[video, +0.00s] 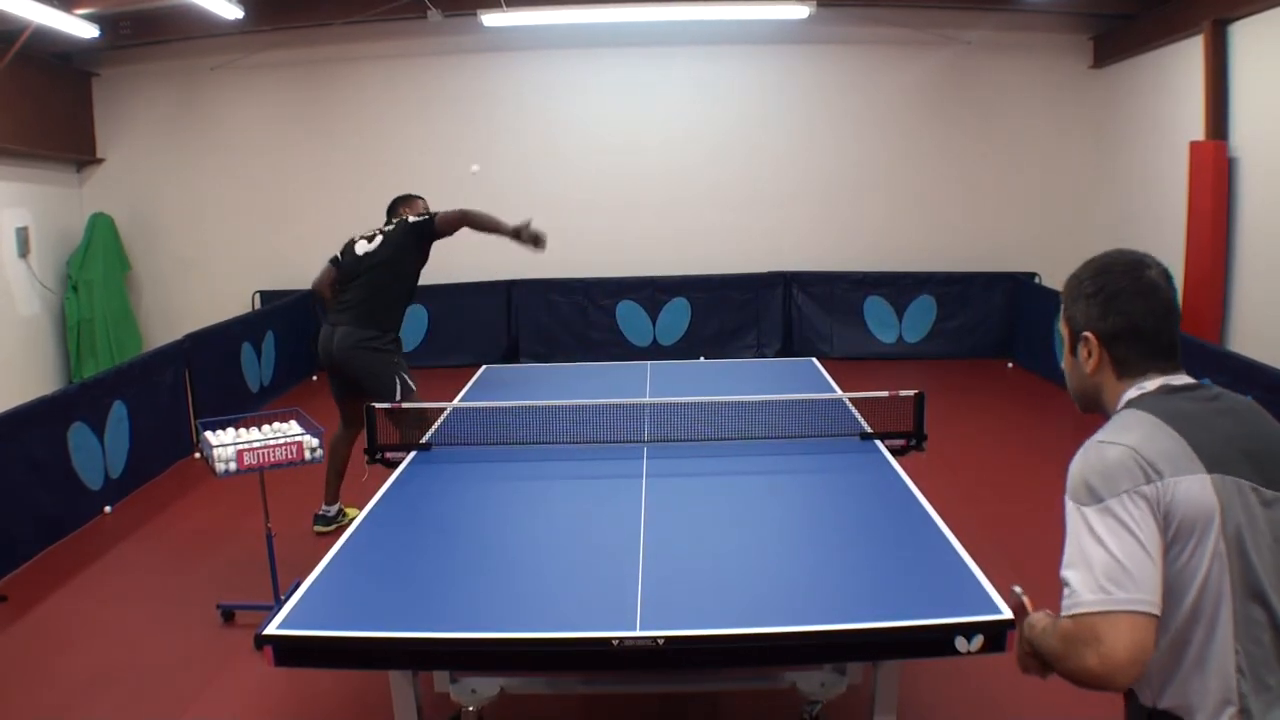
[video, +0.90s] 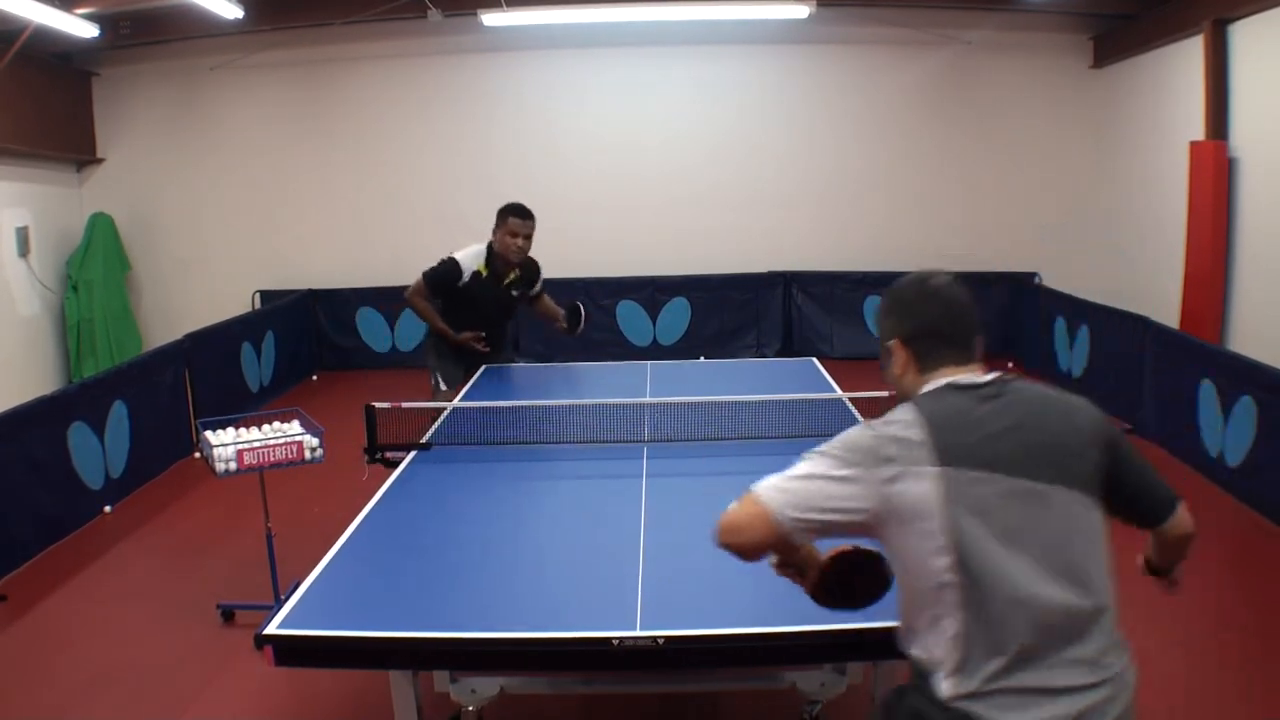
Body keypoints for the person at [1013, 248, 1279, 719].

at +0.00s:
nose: (1064, 362)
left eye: (1064, 345)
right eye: (1063, 344)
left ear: (1090, 351)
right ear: (1169, 336)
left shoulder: (1120, 454)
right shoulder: (1257, 420)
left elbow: (1114, 658)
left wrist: (1041, 632)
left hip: (1188, 707)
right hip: (1269, 700)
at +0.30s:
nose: (1037, 356)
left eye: (1038, 338)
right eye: (1036, 338)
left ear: (1064, 346)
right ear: (1141, 330)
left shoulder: (1087, 459)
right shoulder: (1235, 432)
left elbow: (1052, 665)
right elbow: (1263, 598)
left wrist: (975, 623)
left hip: (1142, 708)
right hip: (1261, 701)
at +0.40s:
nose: (1028, 336)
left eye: (1028, 318)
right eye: (1027, 319)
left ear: (1052, 321)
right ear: (1131, 308)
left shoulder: (1069, 434)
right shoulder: (1232, 412)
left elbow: (1013, 631)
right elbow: (1268, 571)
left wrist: (941, 597)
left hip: (1131, 705)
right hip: (1252, 697)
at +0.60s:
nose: (1022, 336)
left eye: (1023, 318)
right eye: (1022, 318)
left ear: (1050, 322)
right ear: (1119, 305)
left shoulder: (1066, 430)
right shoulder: (1213, 401)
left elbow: (957, 594)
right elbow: (1259, 540)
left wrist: (906, 572)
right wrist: (1155, 560)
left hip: (1113, 705)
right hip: (1231, 698)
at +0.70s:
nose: (993, 339)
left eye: (992, 321)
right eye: (991, 321)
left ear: (1018, 322)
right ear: (1086, 306)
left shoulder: (1038, 419)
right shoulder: (1182, 397)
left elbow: (904, 565)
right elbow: (1232, 522)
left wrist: (879, 569)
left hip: (1092, 697)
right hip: (1205, 694)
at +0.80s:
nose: (942, 345)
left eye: (941, 330)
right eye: (939, 330)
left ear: (962, 327)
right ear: (1037, 312)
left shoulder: (978, 414)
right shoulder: (1136, 395)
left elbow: (826, 535)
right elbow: (1202, 507)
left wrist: (849, 575)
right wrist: (1116, 551)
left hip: (1047, 693)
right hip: (1163, 685)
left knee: (960, 702)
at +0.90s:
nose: (885, 372)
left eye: (884, 356)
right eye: (884, 356)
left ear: (901, 355)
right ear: (978, 346)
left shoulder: (892, 440)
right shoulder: (1076, 417)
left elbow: (737, 529)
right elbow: (1177, 526)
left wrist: (797, 553)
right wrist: (1163, 563)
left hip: (971, 702)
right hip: (1100, 695)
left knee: (891, 696)